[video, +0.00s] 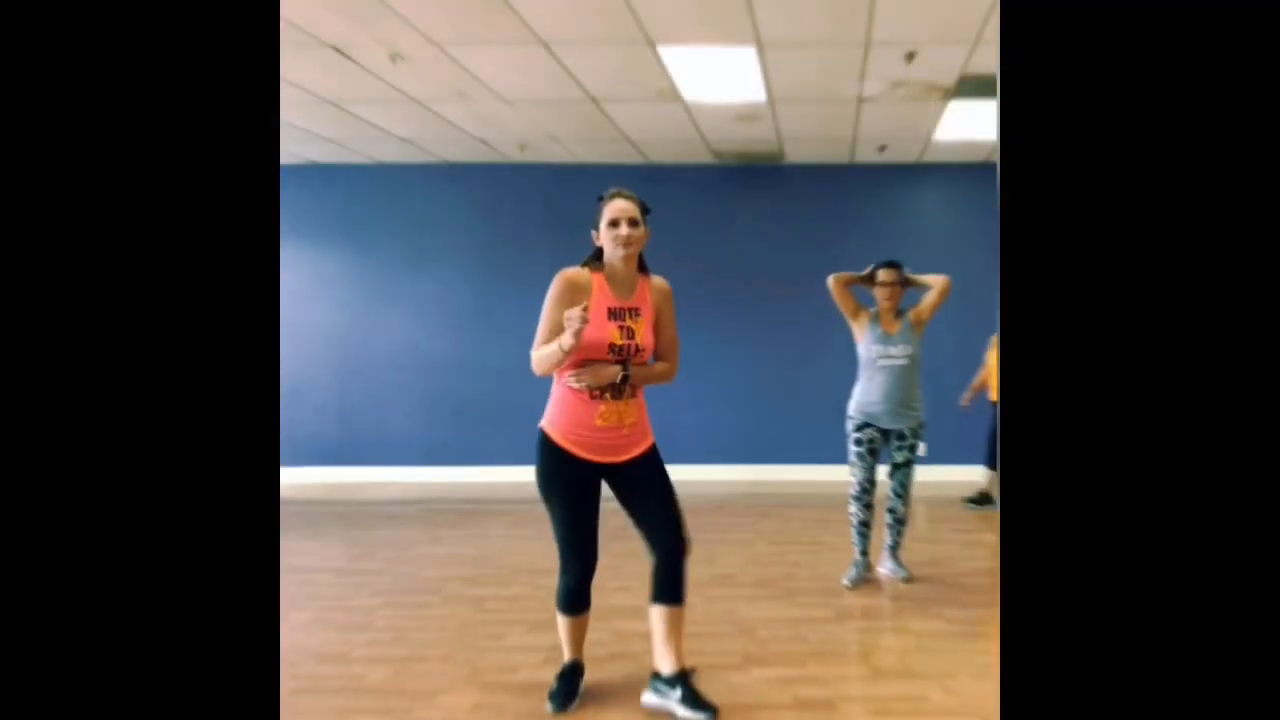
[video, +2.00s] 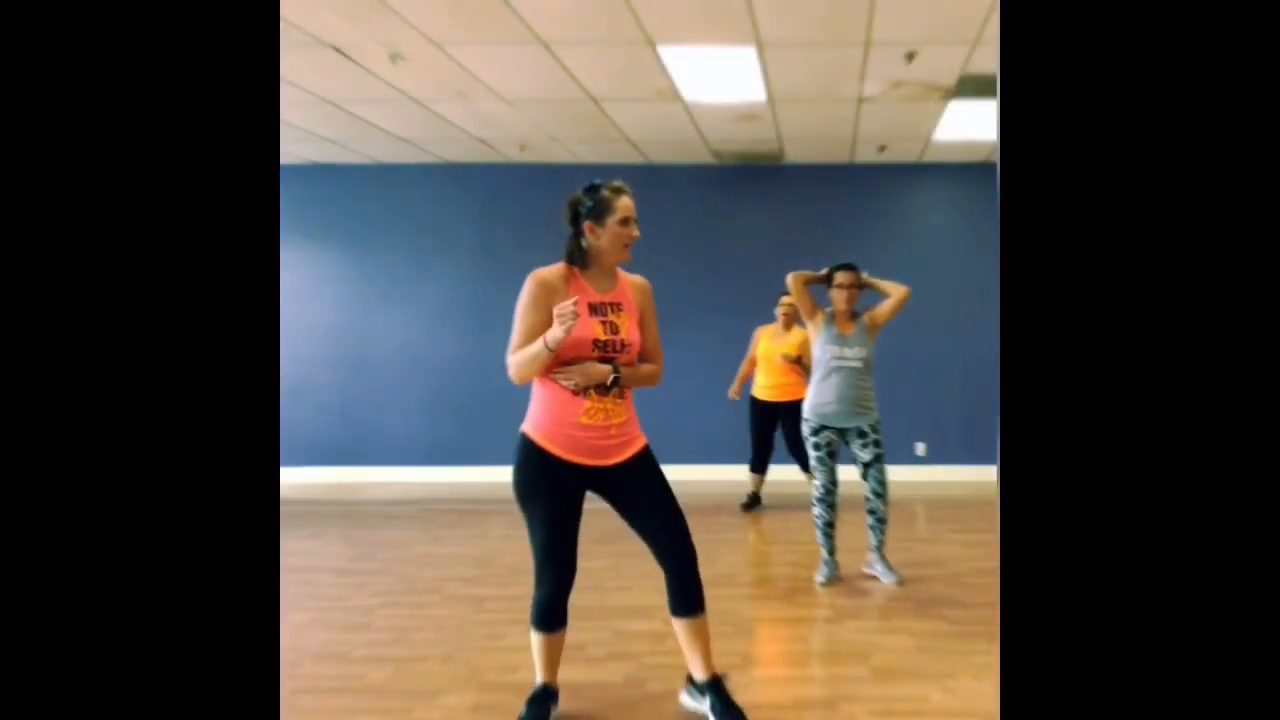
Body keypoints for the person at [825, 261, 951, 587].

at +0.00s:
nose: (888, 292)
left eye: (894, 285)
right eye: (882, 285)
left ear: (903, 290)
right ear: (873, 290)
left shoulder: (914, 322)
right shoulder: (861, 320)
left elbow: (944, 282)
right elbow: (834, 281)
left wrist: (911, 279)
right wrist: (864, 277)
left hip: (905, 418)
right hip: (865, 416)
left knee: (900, 492)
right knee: (862, 490)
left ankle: (891, 556)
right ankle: (860, 560)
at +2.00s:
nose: (846, 294)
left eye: (852, 288)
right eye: (840, 287)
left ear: (860, 293)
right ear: (829, 292)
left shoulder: (869, 324)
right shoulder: (817, 321)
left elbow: (902, 293)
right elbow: (793, 279)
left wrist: (869, 281)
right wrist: (824, 276)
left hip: (862, 418)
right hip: (820, 418)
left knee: (878, 487)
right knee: (824, 490)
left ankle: (876, 555)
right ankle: (827, 559)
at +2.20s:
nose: (844, 293)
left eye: (851, 287)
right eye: (839, 286)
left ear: (860, 291)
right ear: (828, 291)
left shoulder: (870, 322)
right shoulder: (815, 321)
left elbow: (909, 303)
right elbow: (784, 291)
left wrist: (874, 282)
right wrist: (816, 279)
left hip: (862, 418)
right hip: (820, 418)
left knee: (881, 484)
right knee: (823, 491)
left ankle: (877, 555)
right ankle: (828, 560)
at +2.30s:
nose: (847, 290)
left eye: (853, 284)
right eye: (841, 284)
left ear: (862, 289)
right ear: (831, 289)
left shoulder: (872, 322)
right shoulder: (817, 319)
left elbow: (916, 317)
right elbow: (775, 309)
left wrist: (885, 287)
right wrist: (806, 283)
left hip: (865, 417)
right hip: (822, 418)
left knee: (886, 483)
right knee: (825, 490)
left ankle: (887, 554)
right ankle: (828, 560)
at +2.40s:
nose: (851, 288)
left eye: (857, 283)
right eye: (845, 283)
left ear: (866, 289)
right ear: (835, 289)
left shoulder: (878, 323)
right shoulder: (822, 322)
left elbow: (922, 337)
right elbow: (776, 331)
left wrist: (903, 299)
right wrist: (796, 294)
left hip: (870, 418)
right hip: (827, 418)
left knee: (890, 486)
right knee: (827, 491)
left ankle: (899, 554)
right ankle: (828, 560)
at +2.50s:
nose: (858, 288)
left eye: (864, 283)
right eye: (852, 282)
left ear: (873, 289)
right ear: (842, 289)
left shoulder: (885, 324)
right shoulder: (828, 324)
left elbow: (920, 358)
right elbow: (796, 357)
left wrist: (920, 327)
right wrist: (793, 324)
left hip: (877, 420)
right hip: (834, 419)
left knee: (894, 488)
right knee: (831, 491)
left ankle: (906, 557)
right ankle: (828, 560)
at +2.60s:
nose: (867, 288)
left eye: (873, 282)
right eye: (861, 282)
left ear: (882, 290)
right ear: (850, 290)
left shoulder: (895, 326)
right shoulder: (836, 327)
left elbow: (916, 365)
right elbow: (818, 370)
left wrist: (930, 364)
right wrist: (803, 366)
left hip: (888, 421)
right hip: (844, 421)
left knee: (900, 491)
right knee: (838, 491)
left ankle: (907, 558)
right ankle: (829, 560)